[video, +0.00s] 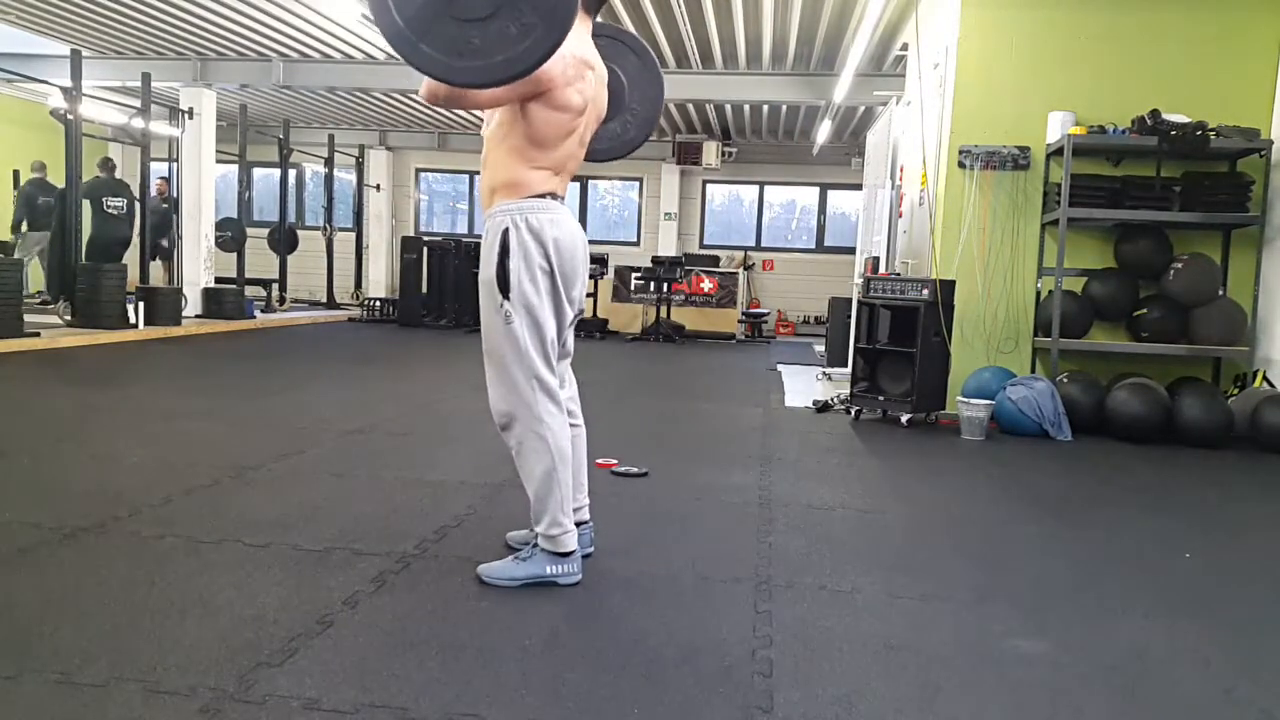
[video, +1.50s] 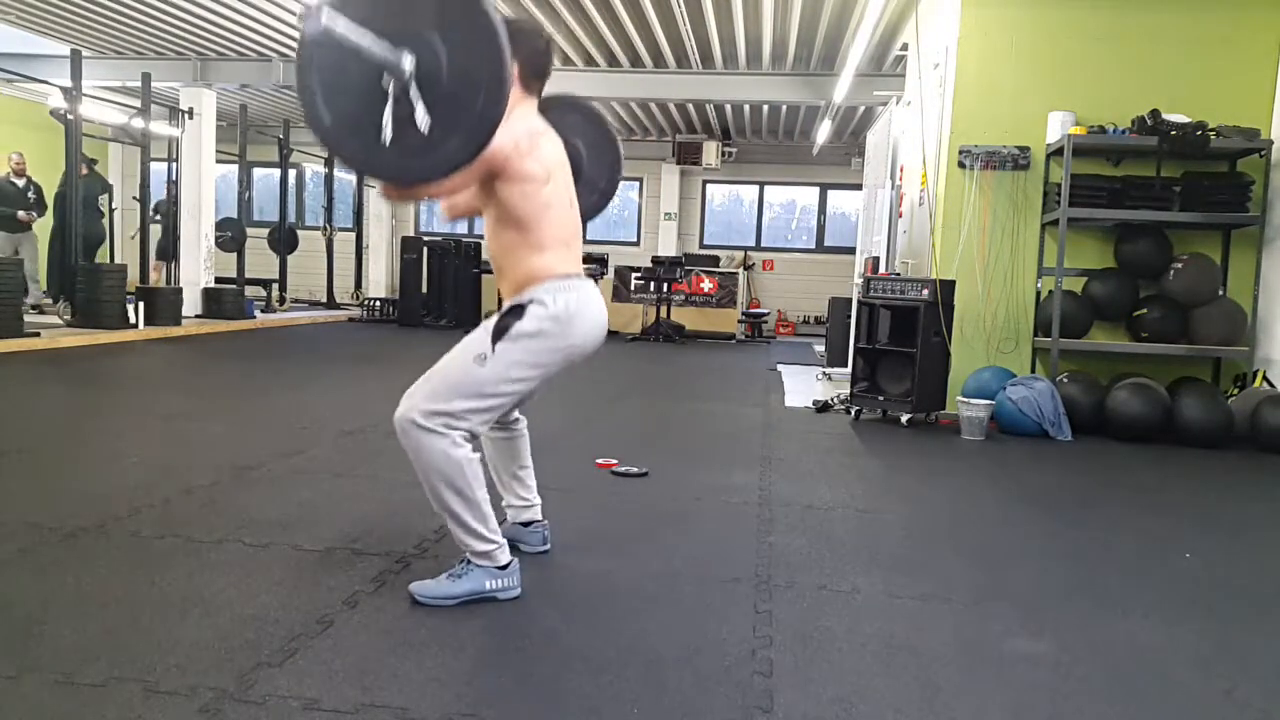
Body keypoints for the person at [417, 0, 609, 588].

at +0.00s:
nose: (530, 15)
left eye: (535, 8)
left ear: (554, 6)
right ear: (592, 11)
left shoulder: (547, 57)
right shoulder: (597, 76)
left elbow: (436, 91)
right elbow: (528, 121)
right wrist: (482, 103)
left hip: (518, 231)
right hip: (557, 227)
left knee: (524, 396)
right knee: (555, 386)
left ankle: (556, 549)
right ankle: (573, 524)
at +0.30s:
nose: (529, 17)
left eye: (538, 8)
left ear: (562, 5)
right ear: (599, 10)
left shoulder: (556, 54)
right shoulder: (606, 74)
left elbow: (447, 83)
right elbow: (560, 145)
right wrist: (505, 119)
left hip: (528, 230)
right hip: (567, 226)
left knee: (532, 397)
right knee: (564, 384)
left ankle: (557, 548)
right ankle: (576, 525)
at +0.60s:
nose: (537, 15)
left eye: (545, 7)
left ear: (568, 4)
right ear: (599, 10)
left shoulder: (563, 50)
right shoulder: (606, 74)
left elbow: (449, 84)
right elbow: (561, 142)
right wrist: (509, 122)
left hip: (536, 229)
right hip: (563, 225)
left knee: (537, 397)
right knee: (523, 399)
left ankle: (559, 551)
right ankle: (551, 520)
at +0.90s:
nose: (510, 13)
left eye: (520, 5)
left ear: (552, 4)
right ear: (581, 9)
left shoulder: (547, 52)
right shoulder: (590, 72)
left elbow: (435, 84)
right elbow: (490, 122)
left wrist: (467, 24)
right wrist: (493, 109)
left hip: (531, 237)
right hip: (561, 232)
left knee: (485, 391)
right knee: (534, 390)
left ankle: (547, 536)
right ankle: (533, 513)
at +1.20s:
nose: (489, 21)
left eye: (497, 11)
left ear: (524, 8)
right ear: (559, 12)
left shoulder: (525, 62)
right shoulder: (565, 74)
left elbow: (416, 104)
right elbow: (467, 137)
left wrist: (440, 44)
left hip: (527, 247)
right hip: (562, 244)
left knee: (464, 399)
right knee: (514, 400)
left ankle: (492, 561)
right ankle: (527, 521)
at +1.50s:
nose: (477, 74)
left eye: (486, 64)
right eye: (480, 63)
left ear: (508, 70)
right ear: (532, 75)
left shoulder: (508, 131)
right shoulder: (543, 136)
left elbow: (416, 187)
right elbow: (457, 205)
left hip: (546, 309)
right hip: (577, 304)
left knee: (424, 416)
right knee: (495, 408)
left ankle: (488, 564)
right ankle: (526, 521)